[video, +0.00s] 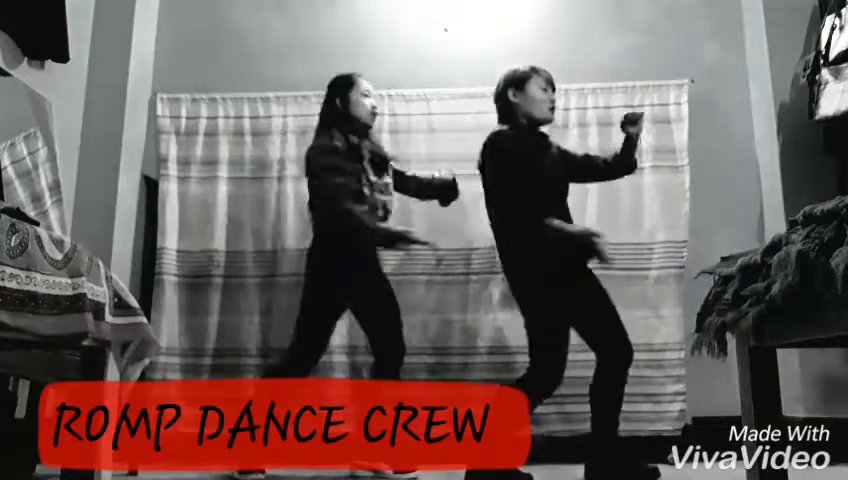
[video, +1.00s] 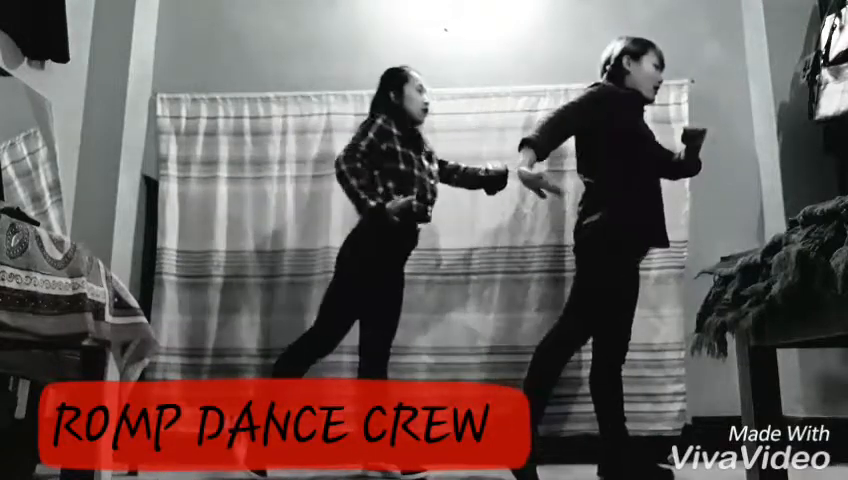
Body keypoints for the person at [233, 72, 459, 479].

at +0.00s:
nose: (374, 103)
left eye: (373, 96)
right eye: (366, 96)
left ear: (348, 103)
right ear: (342, 102)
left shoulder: (360, 143)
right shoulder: (329, 148)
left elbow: (393, 178)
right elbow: (340, 212)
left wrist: (435, 188)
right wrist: (387, 235)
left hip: (352, 259)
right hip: (340, 262)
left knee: (304, 352)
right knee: (389, 345)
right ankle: (383, 442)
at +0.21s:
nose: (362, 100)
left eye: (360, 93)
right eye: (352, 92)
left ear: (344, 106)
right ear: (329, 104)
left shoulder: (362, 159)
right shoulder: (306, 141)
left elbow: (404, 184)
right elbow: (250, 166)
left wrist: (445, 187)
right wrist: (280, 197)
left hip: (339, 263)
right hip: (306, 261)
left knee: (370, 350)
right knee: (292, 357)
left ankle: (368, 450)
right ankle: (249, 451)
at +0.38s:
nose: (344, 104)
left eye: (343, 97)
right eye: (335, 96)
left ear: (330, 110)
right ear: (310, 104)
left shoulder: (331, 148)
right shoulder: (295, 146)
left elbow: (364, 178)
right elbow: (315, 189)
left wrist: (405, 185)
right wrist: (363, 215)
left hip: (330, 264)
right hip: (301, 265)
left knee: (366, 350)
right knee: (290, 359)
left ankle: (368, 449)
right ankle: (251, 451)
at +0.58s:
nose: (378, 120)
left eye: (381, 115)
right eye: (370, 112)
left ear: (378, 122)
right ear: (349, 115)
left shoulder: (356, 148)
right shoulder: (340, 146)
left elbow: (386, 173)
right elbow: (377, 191)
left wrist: (420, 178)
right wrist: (419, 233)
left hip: (316, 262)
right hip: (298, 263)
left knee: (348, 355)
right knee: (286, 359)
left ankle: (367, 441)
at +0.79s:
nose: (420, 98)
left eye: (421, 92)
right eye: (411, 90)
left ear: (418, 101)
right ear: (389, 95)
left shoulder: (414, 140)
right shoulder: (376, 125)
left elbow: (451, 167)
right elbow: (355, 176)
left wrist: (499, 170)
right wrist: (376, 224)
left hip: (375, 250)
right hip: (353, 246)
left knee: (370, 349)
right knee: (307, 337)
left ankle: (375, 441)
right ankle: (247, 422)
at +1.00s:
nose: (427, 98)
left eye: (426, 91)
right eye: (420, 91)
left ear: (412, 99)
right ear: (396, 95)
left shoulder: (415, 142)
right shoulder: (378, 128)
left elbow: (445, 172)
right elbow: (347, 163)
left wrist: (492, 177)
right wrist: (376, 206)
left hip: (393, 250)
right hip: (370, 246)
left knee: (378, 350)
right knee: (324, 335)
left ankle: (377, 441)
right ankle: (260, 407)